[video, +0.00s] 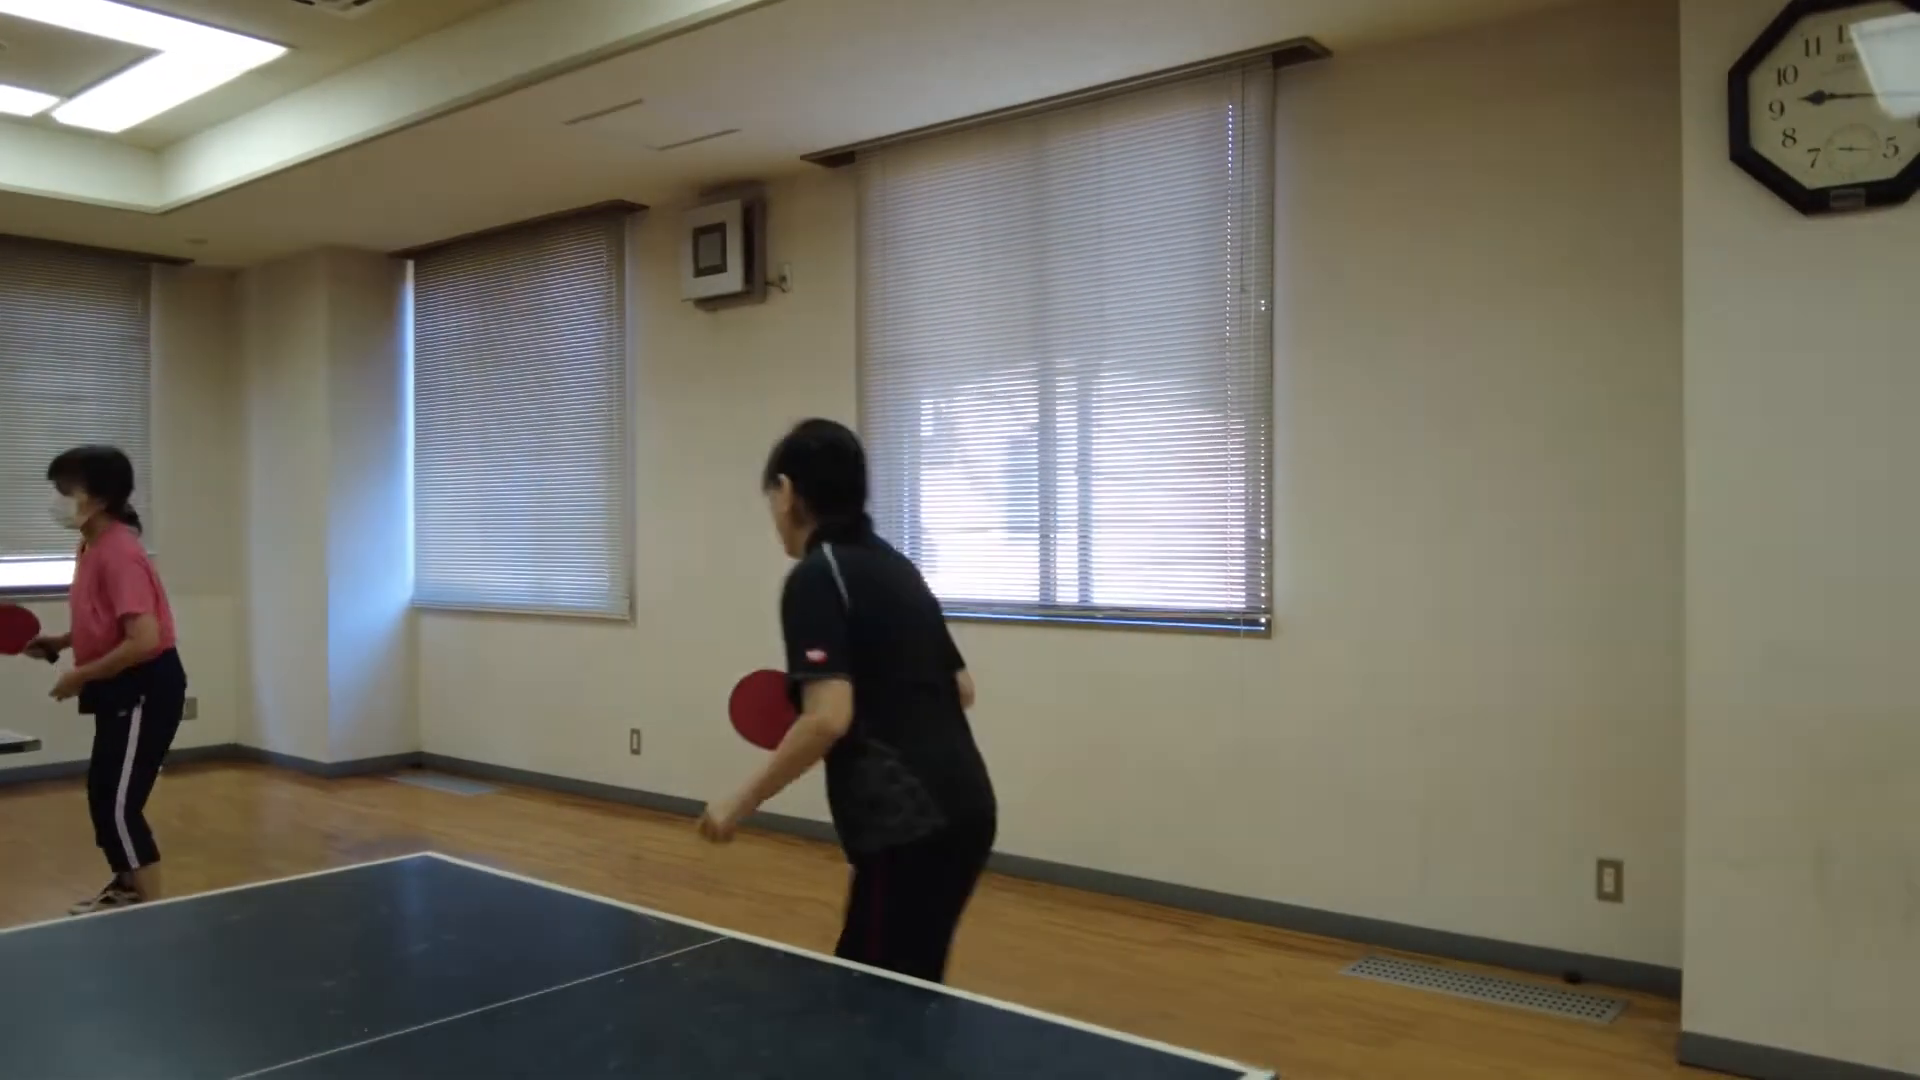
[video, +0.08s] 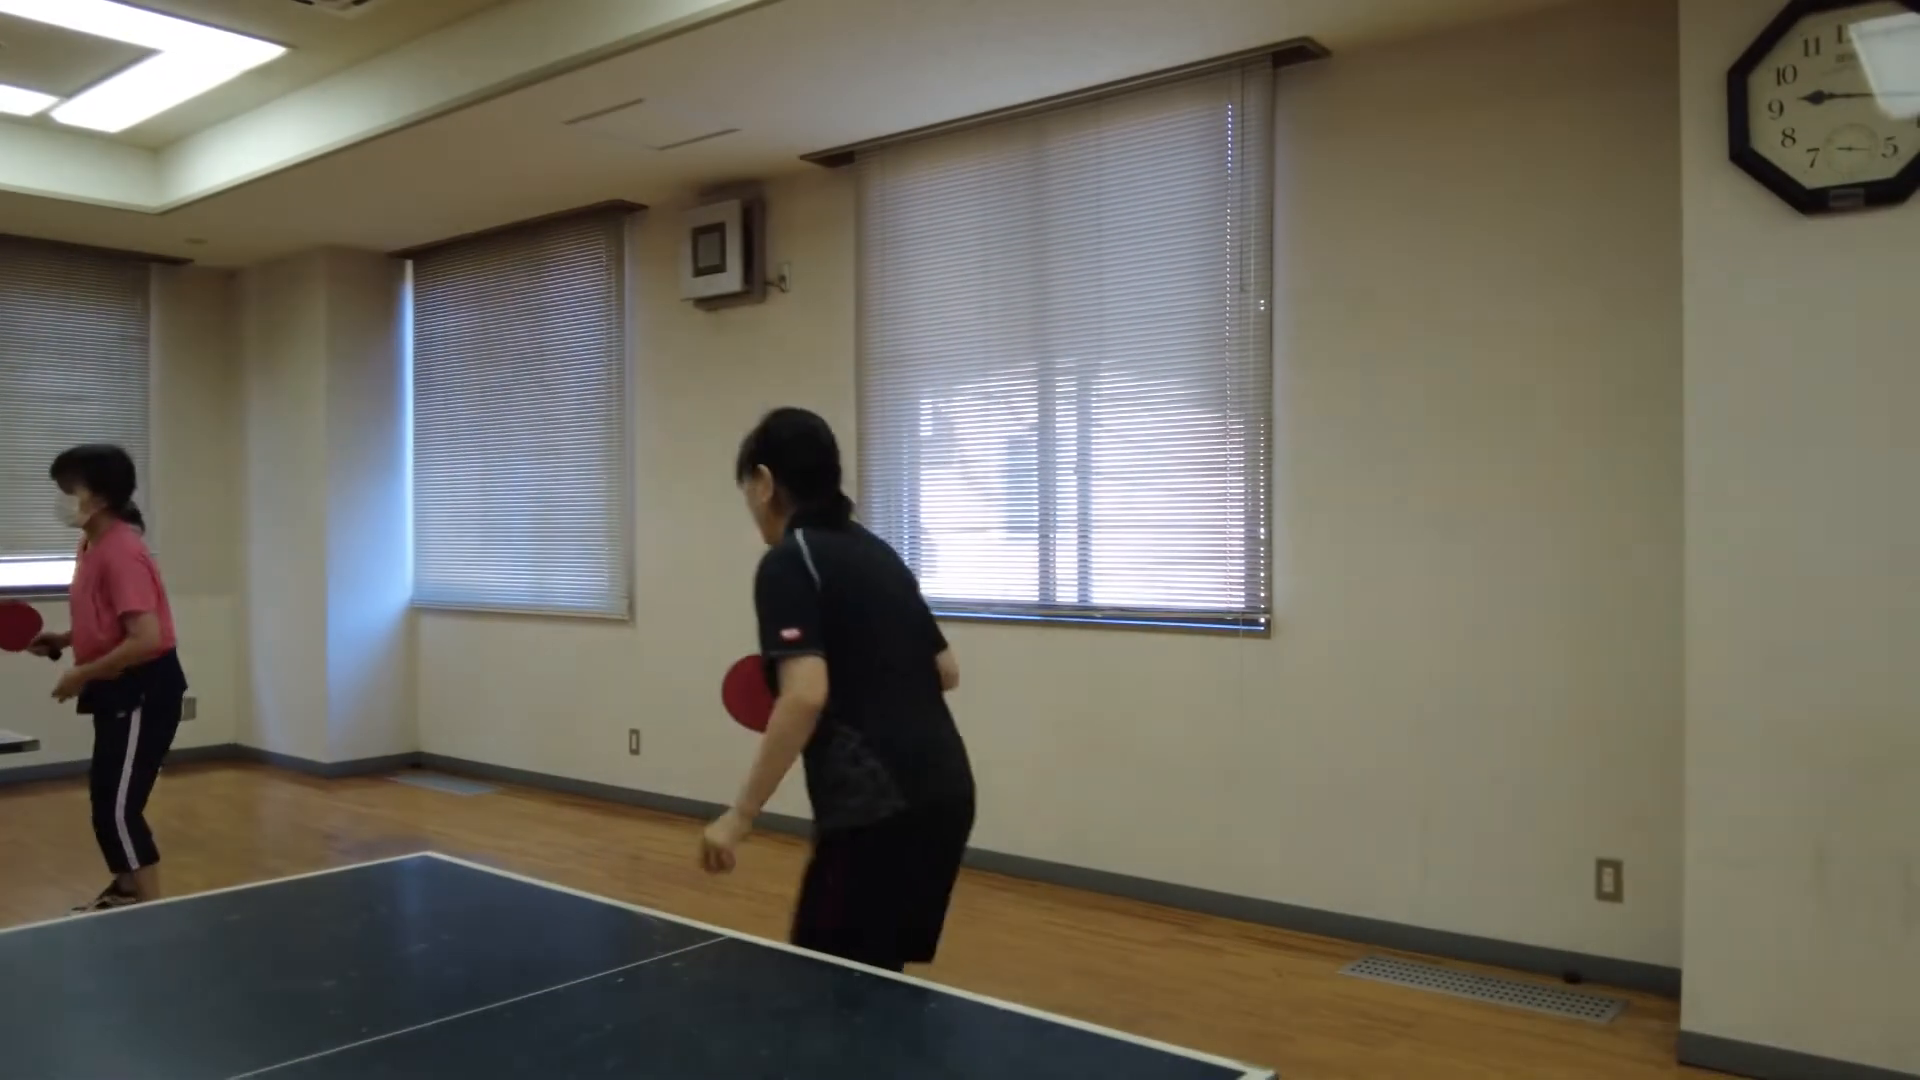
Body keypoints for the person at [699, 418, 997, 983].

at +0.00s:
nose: (772, 511)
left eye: (771, 494)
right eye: (770, 495)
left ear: (791, 493)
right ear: (850, 488)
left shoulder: (816, 576)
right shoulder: (893, 565)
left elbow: (829, 717)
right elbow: (960, 688)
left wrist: (740, 802)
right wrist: (869, 720)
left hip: (905, 826)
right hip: (959, 813)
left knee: (866, 994)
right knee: (899, 995)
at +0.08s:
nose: (748, 507)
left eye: (745, 489)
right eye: (744, 491)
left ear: (766, 483)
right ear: (827, 476)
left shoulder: (791, 561)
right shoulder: (875, 551)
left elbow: (805, 694)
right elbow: (944, 669)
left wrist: (740, 816)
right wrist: (838, 691)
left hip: (870, 808)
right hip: (941, 797)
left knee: (819, 983)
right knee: (874, 981)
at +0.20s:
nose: (720, 502)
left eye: (718, 484)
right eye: (715, 487)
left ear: (748, 475)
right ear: (800, 469)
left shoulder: (758, 550)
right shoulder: (857, 547)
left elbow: (768, 673)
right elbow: (910, 666)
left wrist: (748, 816)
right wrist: (810, 684)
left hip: (811, 794)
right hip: (900, 790)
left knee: (757, 972)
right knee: (864, 976)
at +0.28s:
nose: (706, 502)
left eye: (704, 485)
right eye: (700, 488)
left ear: (735, 475)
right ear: (783, 470)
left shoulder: (736, 551)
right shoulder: (839, 550)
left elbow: (751, 670)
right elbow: (876, 669)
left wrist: (747, 805)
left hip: (785, 796)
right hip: (869, 789)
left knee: (732, 970)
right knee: (854, 975)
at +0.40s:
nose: (671, 500)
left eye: (670, 483)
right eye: (666, 485)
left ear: (700, 477)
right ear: (745, 471)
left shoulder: (691, 558)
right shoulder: (797, 553)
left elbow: (712, 677)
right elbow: (817, 667)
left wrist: (728, 802)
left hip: (731, 804)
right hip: (818, 794)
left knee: (698, 968)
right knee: (829, 968)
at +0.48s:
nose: (637, 496)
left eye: (637, 480)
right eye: (634, 481)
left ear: (669, 476)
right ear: (715, 468)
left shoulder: (660, 564)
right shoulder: (770, 554)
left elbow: (674, 685)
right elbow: (797, 662)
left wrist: (686, 810)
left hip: (709, 788)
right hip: (790, 779)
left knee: (671, 951)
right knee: (783, 947)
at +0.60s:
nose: (600, 497)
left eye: (605, 479)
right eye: (597, 483)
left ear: (648, 474)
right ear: (655, 474)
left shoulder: (639, 553)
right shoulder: (726, 543)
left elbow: (644, 678)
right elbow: (766, 652)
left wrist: (605, 793)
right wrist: (666, 665)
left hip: (676, 778)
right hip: (749, 768)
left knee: (645, 925)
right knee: (694, 913)